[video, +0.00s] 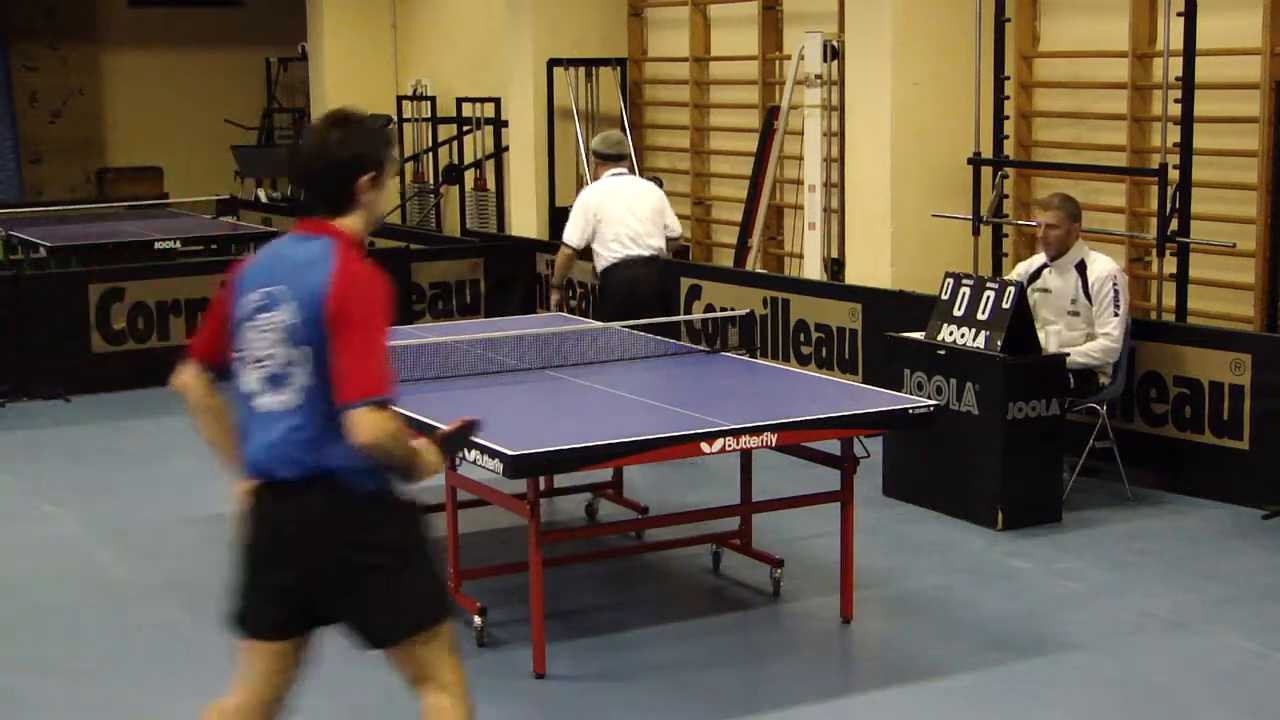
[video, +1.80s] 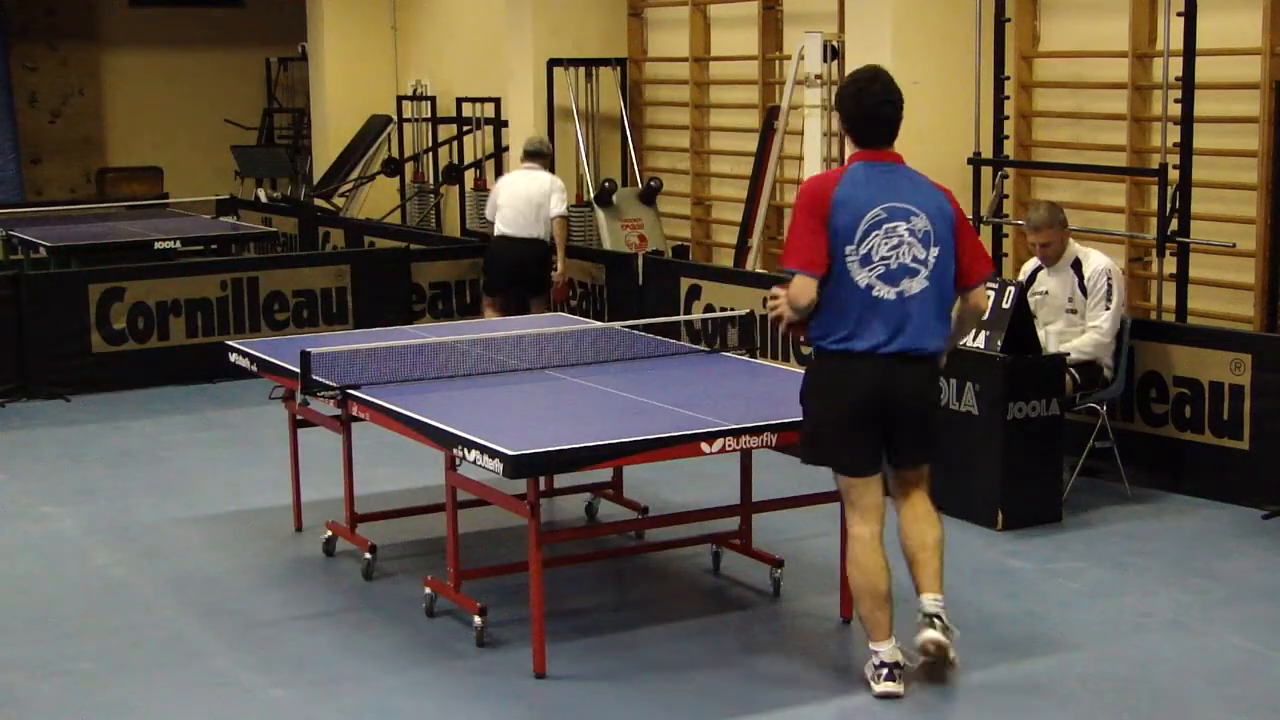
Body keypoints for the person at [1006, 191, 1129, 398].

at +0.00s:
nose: (1041, 235)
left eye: (1051, 228)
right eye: (1038, 226)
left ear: (1075, 231)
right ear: (1035, 226)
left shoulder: (1105, 274)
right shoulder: (1025, 271)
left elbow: (1110, 346)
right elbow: (997, 323)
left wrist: (1053, 362)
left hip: (1086, 375)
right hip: (1031, 370)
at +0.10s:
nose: (1041, 235)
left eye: (1051, 228)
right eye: (1039, 226)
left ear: (1075, 231)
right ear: (1035, 225)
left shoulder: (1105, 274)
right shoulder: (1026, 270)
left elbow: (1108, 347)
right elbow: (995, 317)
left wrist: (1050, 363)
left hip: (1085, 375)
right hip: (1031, 369)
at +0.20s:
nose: (1040, 234)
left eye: (1051, 227)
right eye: (1039, 226)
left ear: (1075, 231)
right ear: (1036, 226)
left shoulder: (1104, 273)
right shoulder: (1027, 268)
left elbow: (1107, 348)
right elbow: (992, 302)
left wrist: (1047, 362)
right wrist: (982, 279)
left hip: (1082, 375)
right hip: (1029, 370)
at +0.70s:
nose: (1043, 232)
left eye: (1053, 224)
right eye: (1040, 224)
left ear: (1075, 227)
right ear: (1036, 225)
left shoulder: (1105, 271)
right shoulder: (1029, 266)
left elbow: (1121, 341)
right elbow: (994, 286)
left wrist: (1068, 347)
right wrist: (973, 280)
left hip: (1084, 372)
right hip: (1031, 365)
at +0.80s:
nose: (1047, 231)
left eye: (1056, 223)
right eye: (1042, 223)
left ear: (1075, 227)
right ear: (1036, 226)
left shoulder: (1105, 270)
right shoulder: (1027, 268)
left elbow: (1125, 339)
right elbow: (993, 302)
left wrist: (1071, 345)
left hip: (1085, 373)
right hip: (1032, 367)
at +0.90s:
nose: (1049, 230)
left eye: (1058, 222)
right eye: (1043, 222)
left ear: (1074, 226)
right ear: (1036, 227)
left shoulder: (1102, 269)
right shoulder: (1024, 272)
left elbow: (1128, 336)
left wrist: (1074, 349)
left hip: (1086, 374)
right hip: (1035, 370)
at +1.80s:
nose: (1039, 253)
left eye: (1046, 245)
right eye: (1033, 245)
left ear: (1066, 234)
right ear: (1026, 239)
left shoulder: (1099, 269)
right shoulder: (1029, 271)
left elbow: (1101, 338)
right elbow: (1017, 326)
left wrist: (1052, 361)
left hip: (1088, 365)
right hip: (1038, 364)